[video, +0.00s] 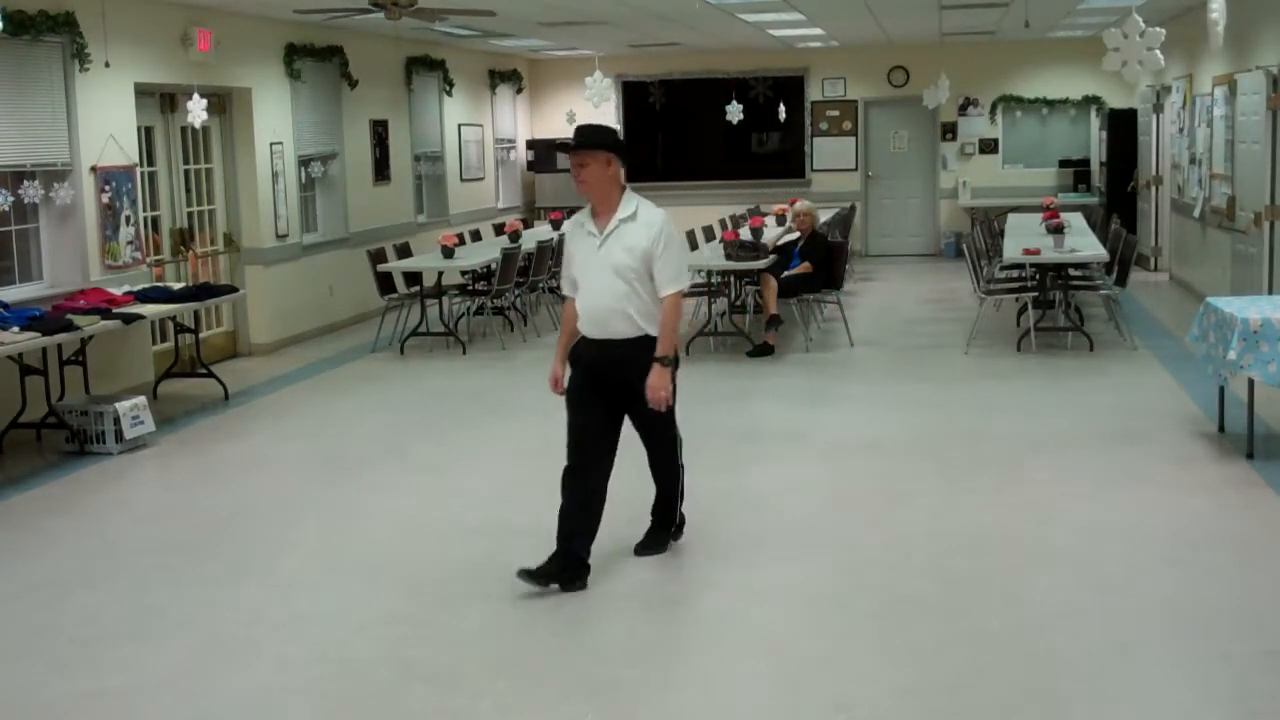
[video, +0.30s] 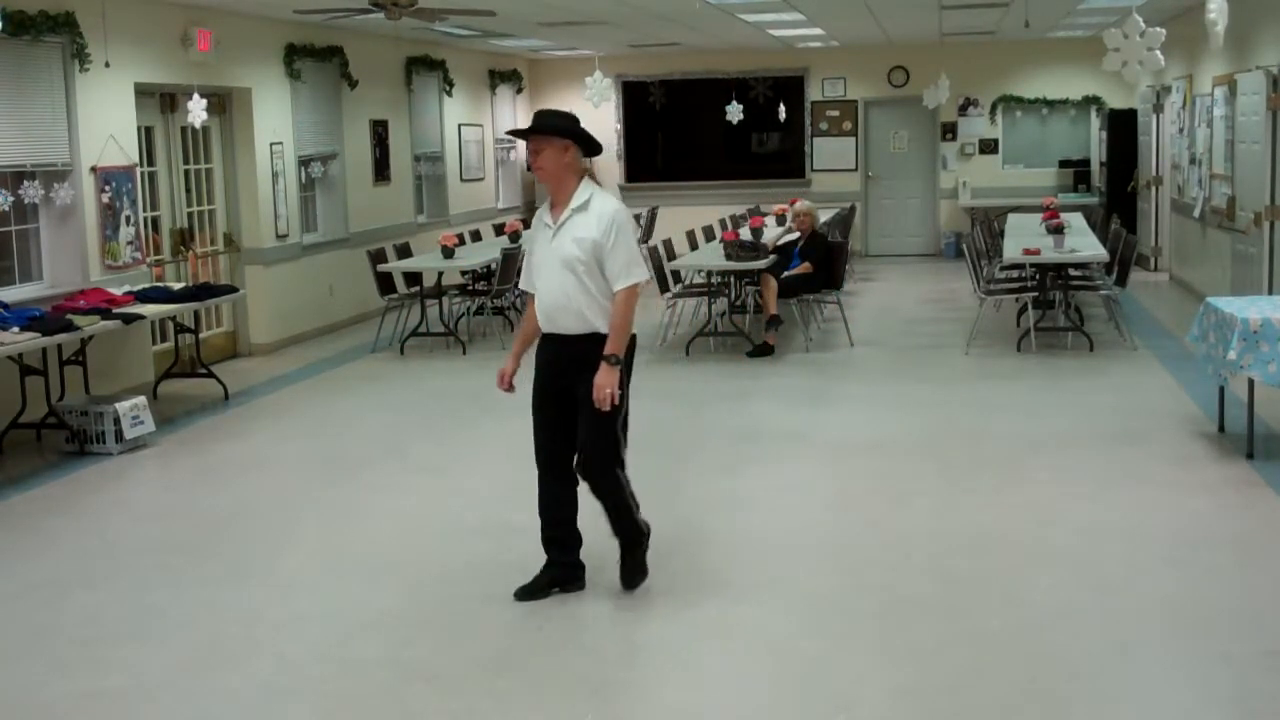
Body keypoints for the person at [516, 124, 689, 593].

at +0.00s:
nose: (575, 174)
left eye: (584, 165)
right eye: (573, 166)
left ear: (612, 166)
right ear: (575, 172)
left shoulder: (654, 222)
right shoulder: (575, 230)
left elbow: (673, 297)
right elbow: (574, 299)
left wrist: (663, 364)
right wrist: (561, 356)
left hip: (644, 356)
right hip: (591, 358)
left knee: (661, 448)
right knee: (583, 464)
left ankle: (667, 522)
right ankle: (570, 561)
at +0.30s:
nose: (529, 157)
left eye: (538, 149)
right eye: (529, 150)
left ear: (570, 153)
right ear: (543, 157)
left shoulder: (608, 211)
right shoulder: (541, 221)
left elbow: (629, 289)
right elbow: (539, 299)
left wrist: (611, 362)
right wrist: (515, 353)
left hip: (600, 349)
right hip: (553, 350)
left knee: (597, 462)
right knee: (553, 463)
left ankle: (632, 537)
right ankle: (562, 564)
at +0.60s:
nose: (507, 168)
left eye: (511, 159)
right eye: (508, 159)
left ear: (535, 160)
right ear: (541, 160)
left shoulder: (566, 223)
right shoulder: (556, 215)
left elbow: (585, 310)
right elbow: (568, 304)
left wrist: (576, 388)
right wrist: (535, 353)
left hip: (583, 371)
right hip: (561, 367)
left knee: (577, 490)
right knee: (558, 478)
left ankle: (592, 610)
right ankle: (563, 566)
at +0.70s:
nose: (509, 164)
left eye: (512, 154)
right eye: (509, 154)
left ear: (533, 155)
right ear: (548, 154)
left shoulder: (548, 219)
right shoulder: (582, 201)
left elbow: (564, 302)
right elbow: (592, 272)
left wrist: (557, 382)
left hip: (578, 363)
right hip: (608, 354)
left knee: (570, 487)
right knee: (596, 474)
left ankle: (589, 610)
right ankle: (609, 571)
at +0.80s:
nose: (515, 162)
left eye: (518, 153)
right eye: (517, 152)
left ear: (534, 156)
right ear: (565, 156)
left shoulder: (542, 220)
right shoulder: (602, 210)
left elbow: (546, 303)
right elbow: (626, 291)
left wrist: (532, 381)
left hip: (571, 366)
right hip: (617, 358)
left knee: (566, 494)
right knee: (612, 480)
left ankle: (589, 610)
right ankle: (656, 576)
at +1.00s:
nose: (528, 173)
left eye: (531, 164)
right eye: (530, 163)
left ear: (547, 168)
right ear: (582, 169)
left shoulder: (546, 234)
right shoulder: (630, 230)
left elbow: (514, 321)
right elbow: (659, 316)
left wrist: (471, 387)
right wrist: (649, 372)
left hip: (572, 387)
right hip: (634, 381)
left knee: (549, 501)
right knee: (636, 507)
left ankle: (582, 617)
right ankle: (656, 642)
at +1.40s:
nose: (532, 177)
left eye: (532, 170)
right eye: (539, 169)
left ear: (540, 173)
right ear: (588, 173)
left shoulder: (518, 242)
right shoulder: (628, 229)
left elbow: (495, 330)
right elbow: (676, 300)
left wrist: (498, 390)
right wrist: (713, 368)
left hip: (561, 391)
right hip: (629, 384)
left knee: (584, 516)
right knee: (634, 494)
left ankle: (603, 660)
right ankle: (637, 609)